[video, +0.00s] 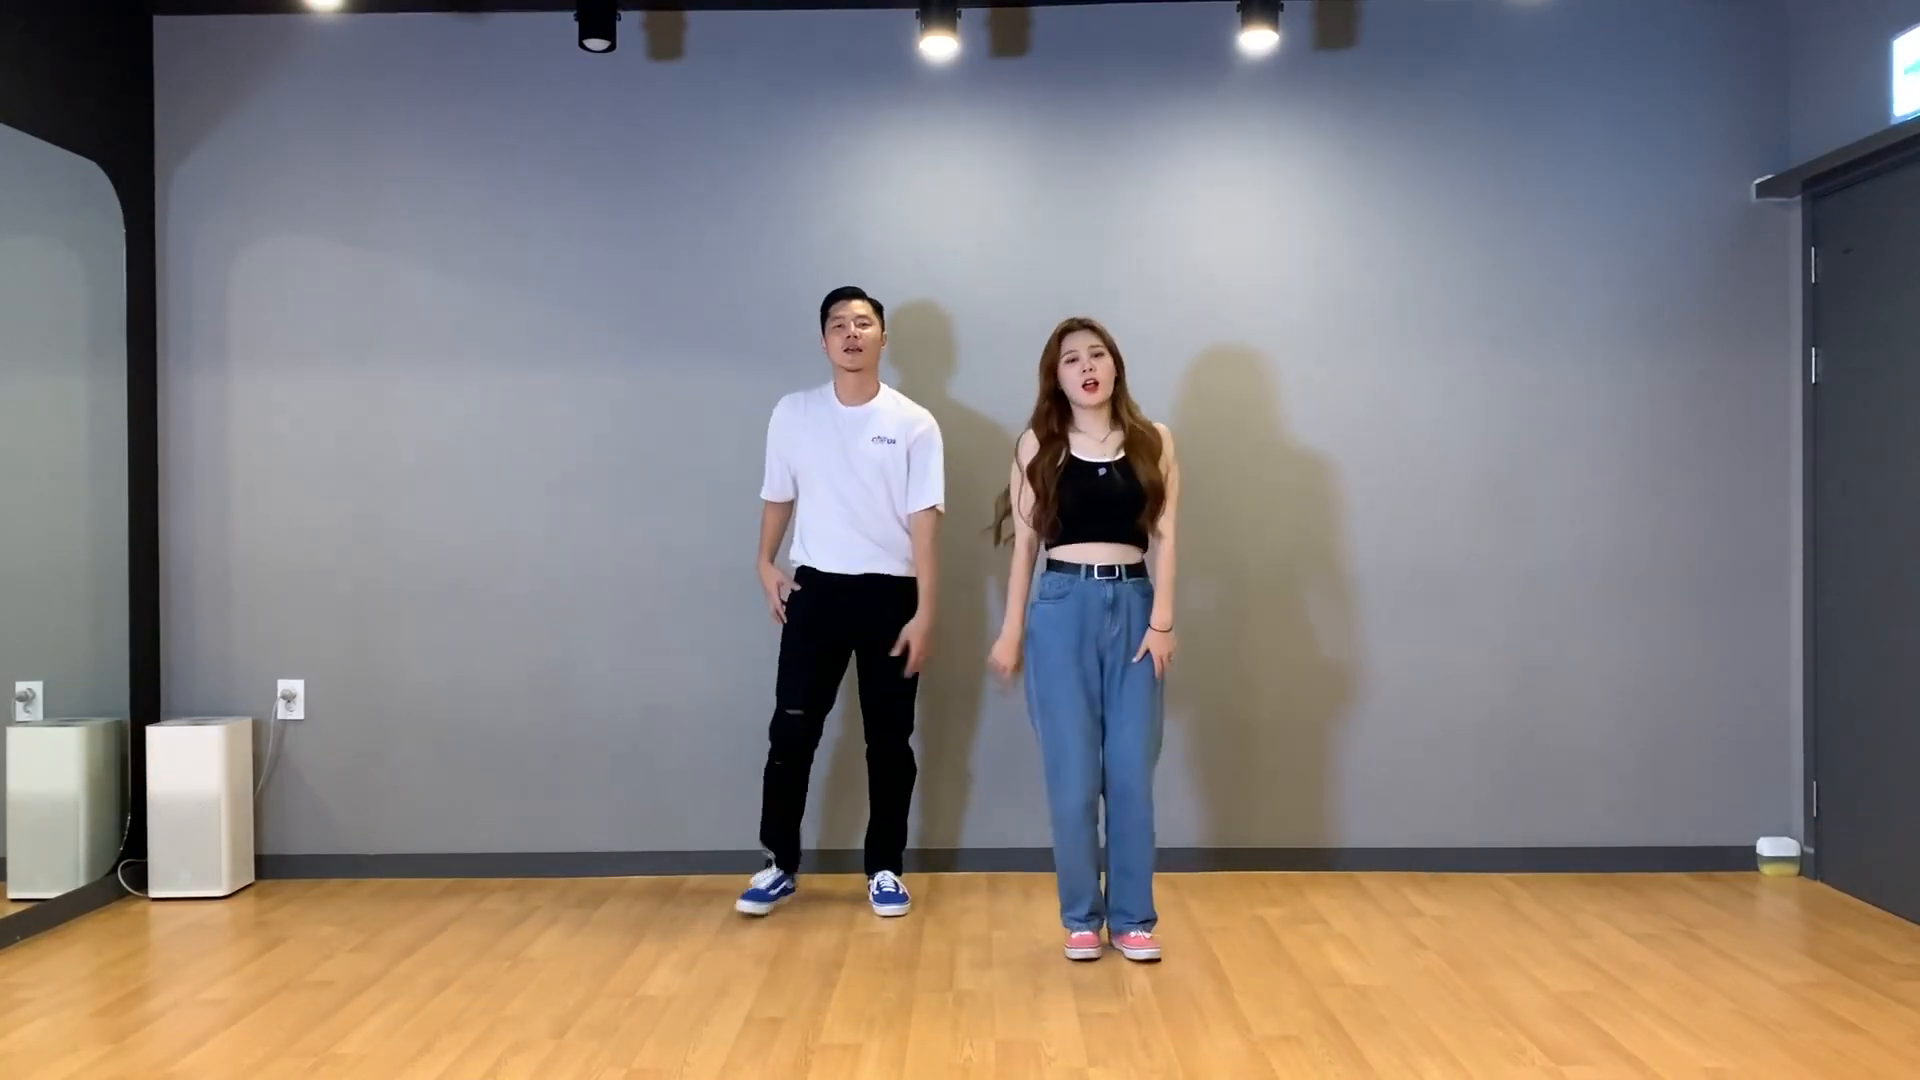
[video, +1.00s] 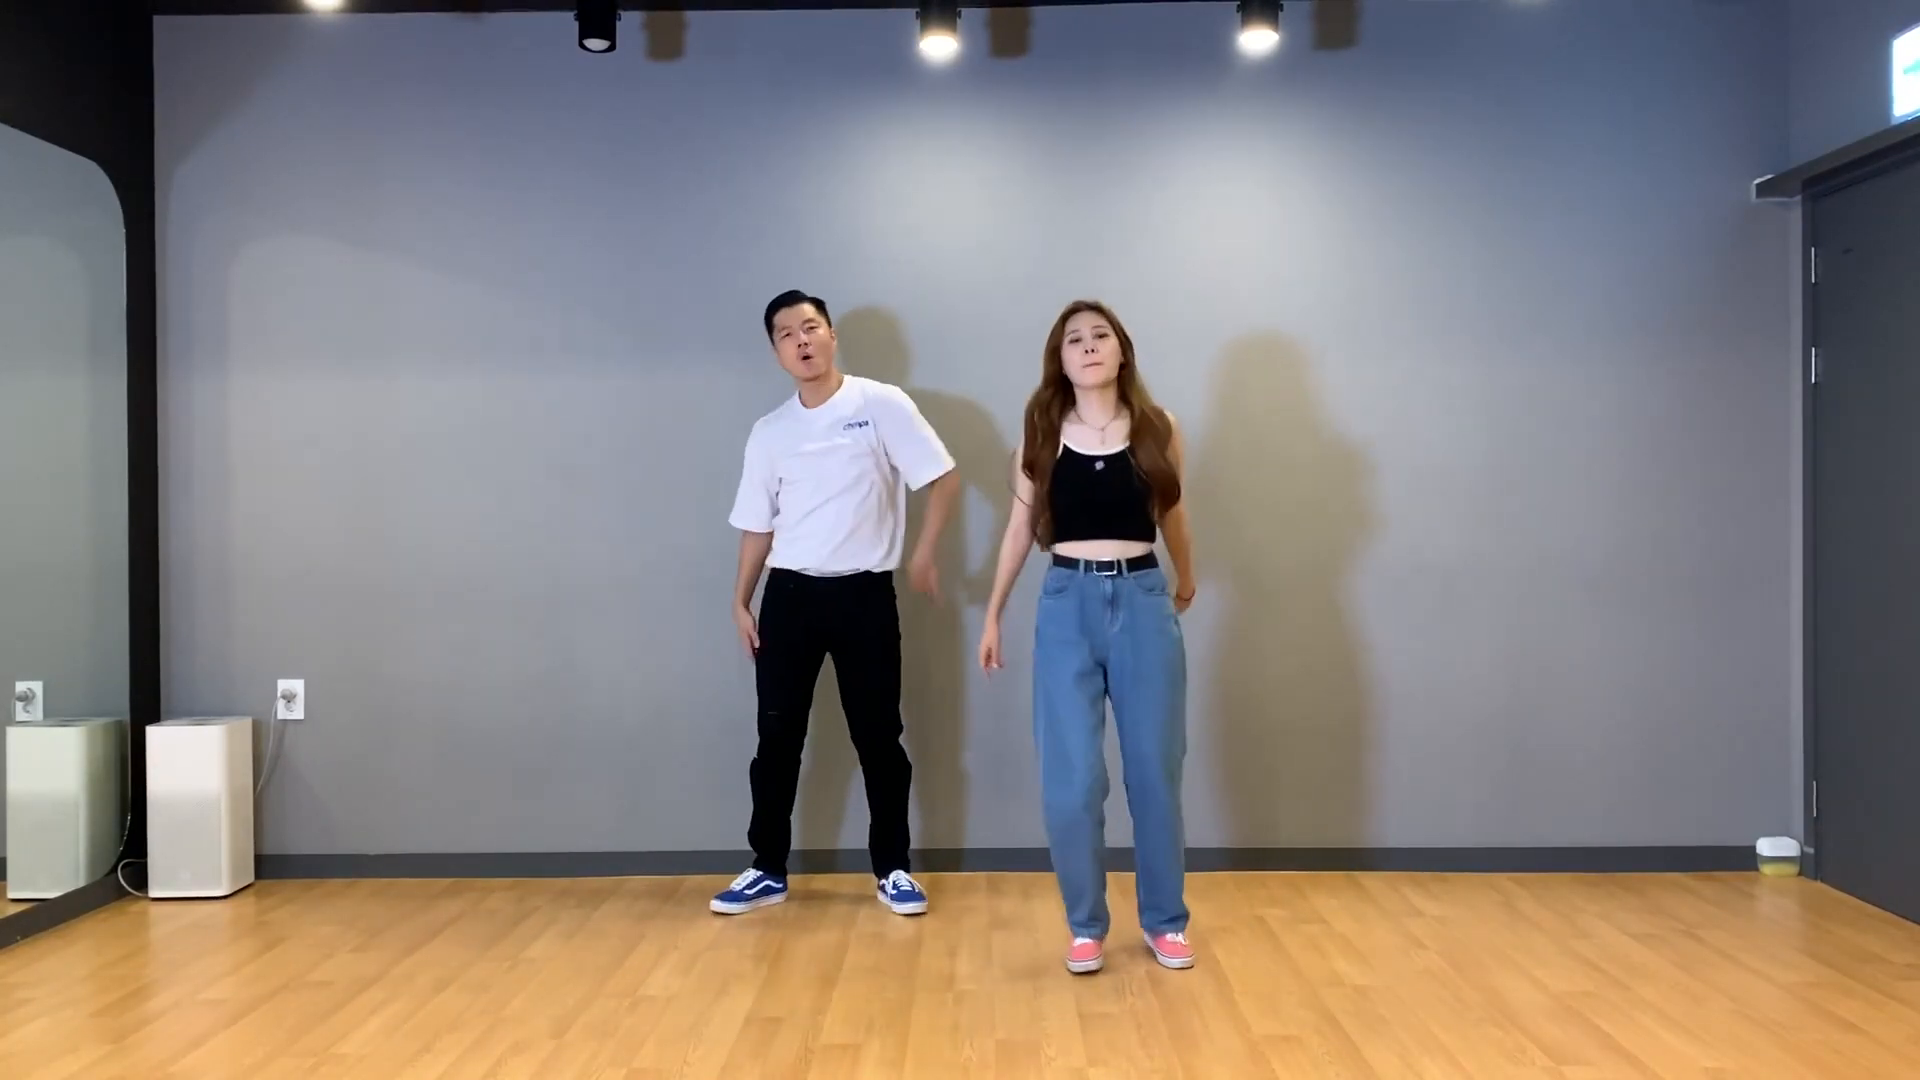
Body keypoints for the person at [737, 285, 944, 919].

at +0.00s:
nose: (852, 331)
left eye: (864, 322)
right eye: (840, 324)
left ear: (883, 338)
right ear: (824, 342)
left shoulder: (915, 424)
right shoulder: (792, 413)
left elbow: (924, 522)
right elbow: (779, 497)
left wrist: (925, 612)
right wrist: (765, 560)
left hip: (891, 595)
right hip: (815, 593)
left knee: (890, 743)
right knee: (790, 733)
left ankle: (885, 869)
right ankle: (780, 865)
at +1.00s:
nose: (802, 339)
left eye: (810, 326)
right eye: (788, 334)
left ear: (833, 335)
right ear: (778, 354)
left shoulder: (880, 402)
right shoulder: (768, 431)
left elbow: (944, 476)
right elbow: (757, 525)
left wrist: (925, 550)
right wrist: (741, 600)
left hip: (865, 595)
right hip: (789, 599)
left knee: (879, 740)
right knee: (776, 741)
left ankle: (894, 870)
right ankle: (767, 871)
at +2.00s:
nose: (722, 340)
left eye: (734, 331)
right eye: (707, 331)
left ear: (751, 344)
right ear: (688, 346)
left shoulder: (771, 398)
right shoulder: (656, 393)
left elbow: (824, 325)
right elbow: (606, 305)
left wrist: (874, 251)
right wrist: (555, 225)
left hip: (744, 601)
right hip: (664, 602)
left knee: (805, 729)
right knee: (618, 738)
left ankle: (787, 861)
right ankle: (576, 873)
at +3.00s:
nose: (844, 377)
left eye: (859, 369)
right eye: (833, 364)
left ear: (871, 383)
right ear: (811, 373)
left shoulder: (902, 454)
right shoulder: (778, 459)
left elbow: (967, 519)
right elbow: (727, 541)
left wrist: (999, 579)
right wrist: (644, 570)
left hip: (903, 621)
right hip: (827, 627)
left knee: (921, 760)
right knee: (833, 762)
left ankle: (866, 831)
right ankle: (863, 884)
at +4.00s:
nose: (925, 396)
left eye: (932, 379)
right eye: (913, 390)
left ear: (958, 372)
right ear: (907, 400)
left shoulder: (998, 441)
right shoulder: (926, 445)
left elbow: (931, 507)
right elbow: (891, 512)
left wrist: (902, 429)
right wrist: (864, 437)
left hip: (968, 622)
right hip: (909, 614)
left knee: (963, 776)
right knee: (845, 739)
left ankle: (1071, 860)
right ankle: (863, 883)